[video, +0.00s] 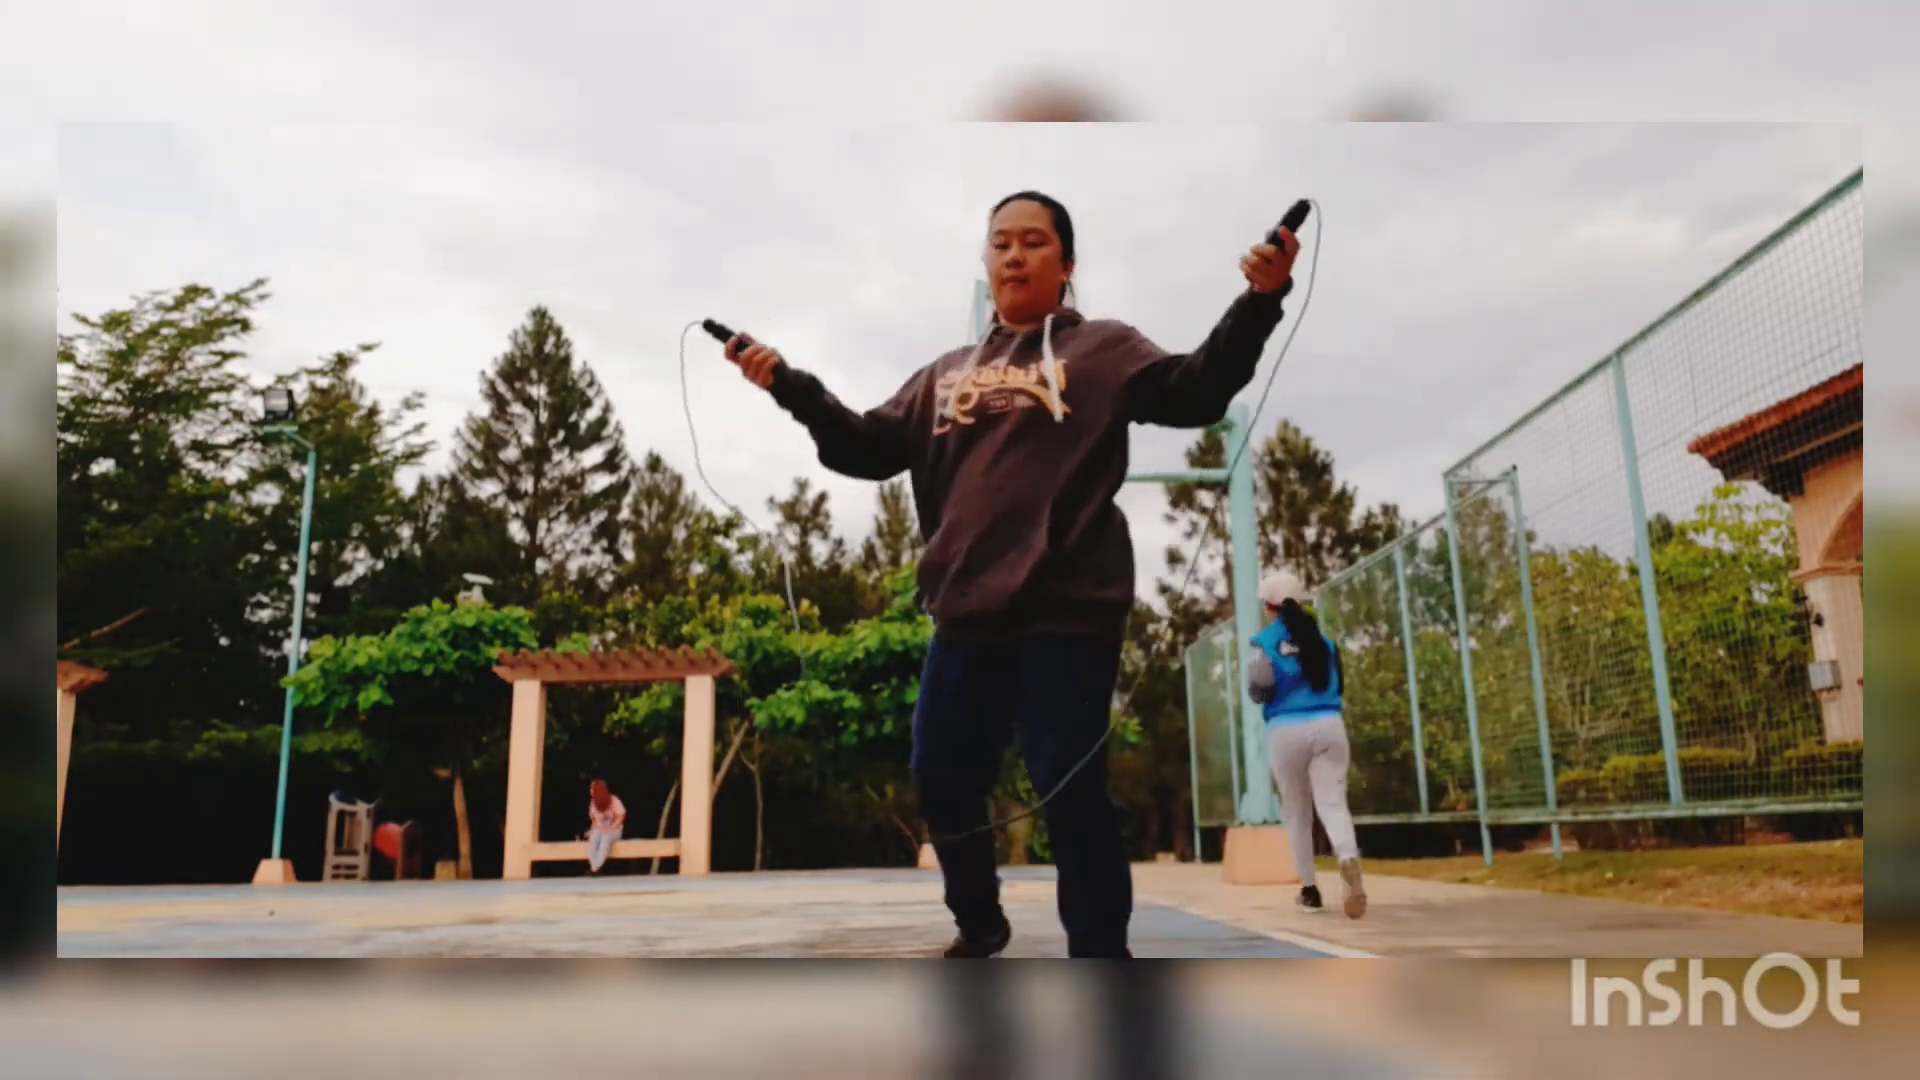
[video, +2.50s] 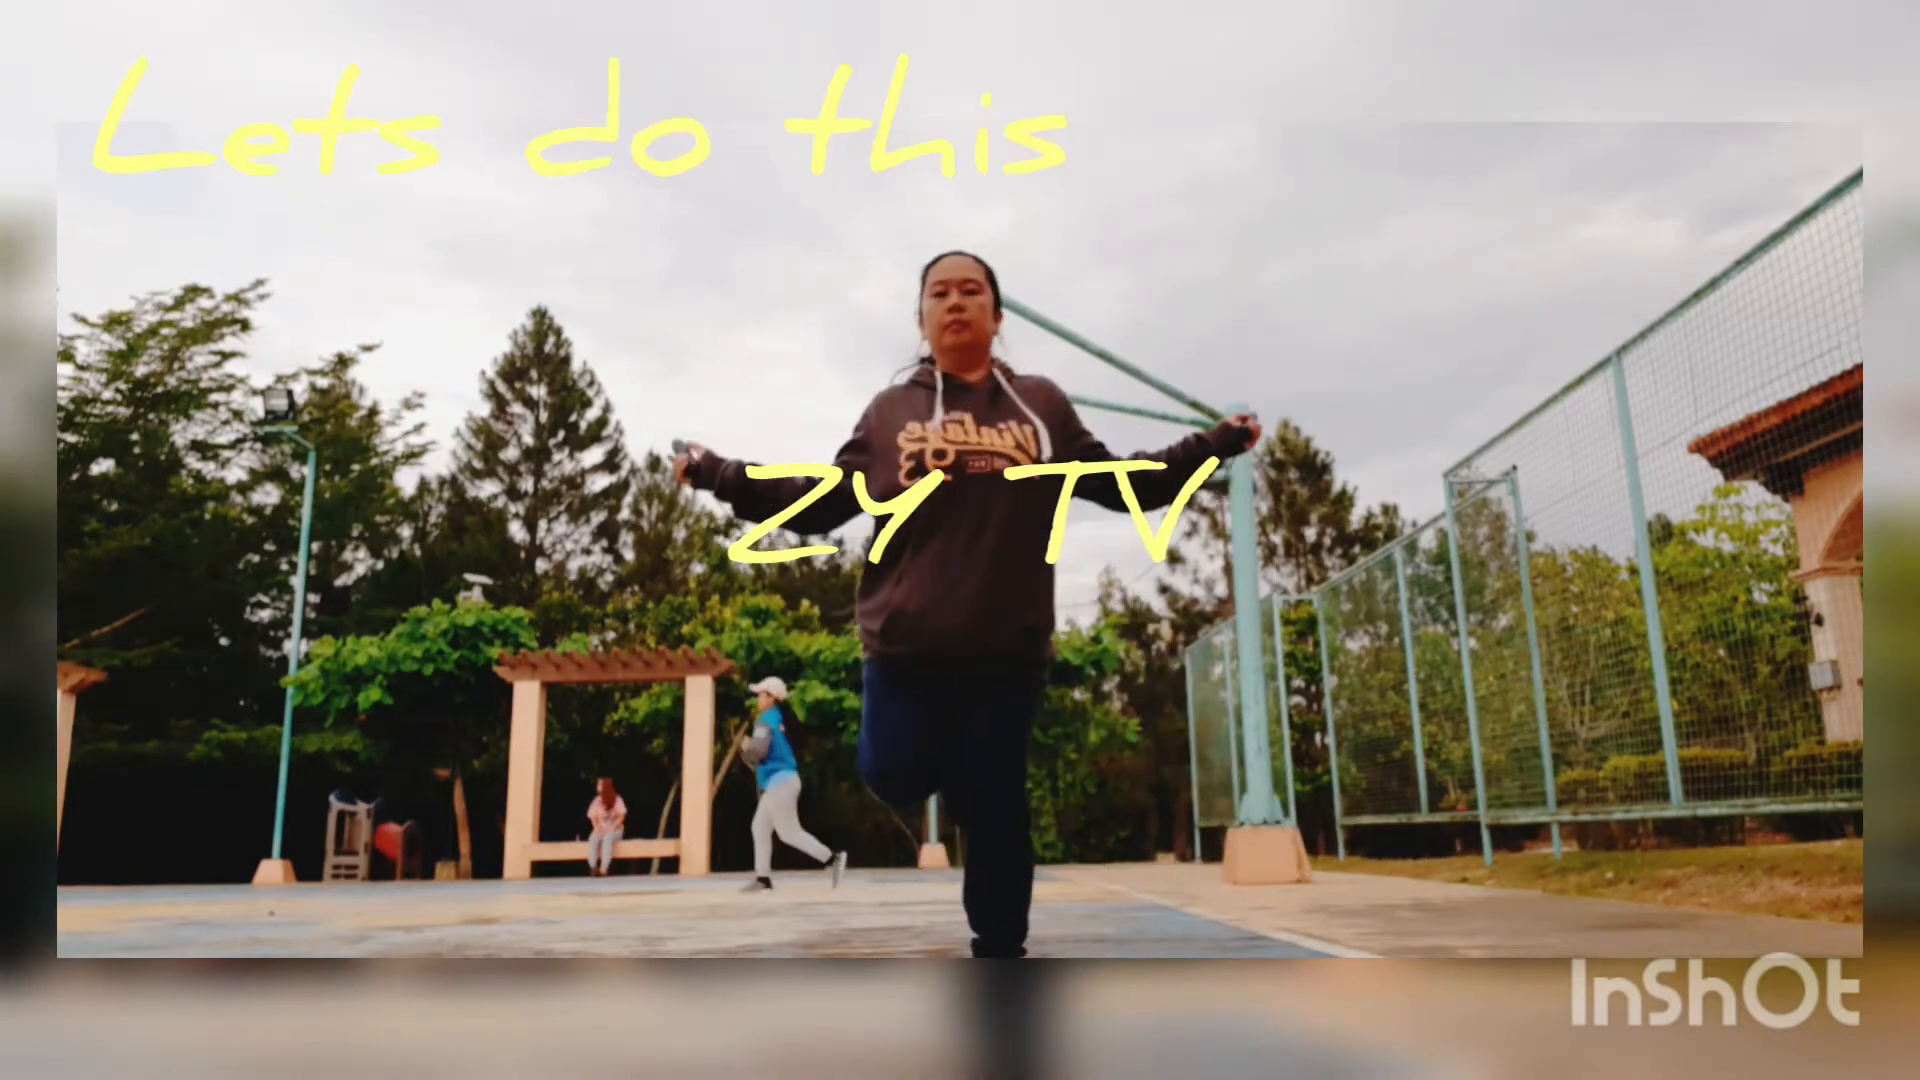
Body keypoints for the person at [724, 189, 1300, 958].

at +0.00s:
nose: (1014, 254)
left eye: (1034, 241)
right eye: (1001, 243)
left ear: (1067, 263)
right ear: (986, 264)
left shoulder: (1102, 349)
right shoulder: (946, 376)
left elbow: (1196, 393)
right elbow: (869, 448)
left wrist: (1259, 299)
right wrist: (786, 384)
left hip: (1073, 603)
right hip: (969, 607)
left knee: (1069, 779)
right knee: (942, 773)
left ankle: (1101, 954)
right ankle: (980, 929)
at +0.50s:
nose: (978, 310)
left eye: (987, 300)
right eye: (961, 295)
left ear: (994, 317)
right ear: (917, 312)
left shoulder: (1018, 404)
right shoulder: (869, 408)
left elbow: (1079, 499)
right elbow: (819, 508)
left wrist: (1176, 475)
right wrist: (727, 486)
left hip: (999, 640)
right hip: (903, 647)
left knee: (1004, 795)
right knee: (914, 813)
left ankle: (1031, 955)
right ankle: (922, 957)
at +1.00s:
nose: (1003, 316)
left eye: (1005, 305)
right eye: (985, 303)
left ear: (1006, 324)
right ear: (939, 321)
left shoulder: (1039, 408)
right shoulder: (895, 410)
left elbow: (1112, 470)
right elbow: (834, 480)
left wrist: (1198, 483)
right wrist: (787, 491)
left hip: (1022, 641)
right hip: (926, 644)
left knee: (1021, 806)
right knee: (926, 804)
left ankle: (1018, 952)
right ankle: (925, 950)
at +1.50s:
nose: (988, 326)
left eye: (1001, 314)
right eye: (972, 315)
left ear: (1022, 331)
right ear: (948, 333)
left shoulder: (1061, 416)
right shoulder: (915, 411)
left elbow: (1147, 448)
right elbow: (848, 446)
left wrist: (1200, 391)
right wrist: (807, 386)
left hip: (1039, 647)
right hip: (944, 647)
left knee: (1030, 812)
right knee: (939, 802)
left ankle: (1019, 952)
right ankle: (929, 949)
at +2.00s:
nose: (953, 350)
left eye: (967, 338)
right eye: (939, 337)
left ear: (990, 355)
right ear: (917, 353)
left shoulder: (1026, 445)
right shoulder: (883, 450)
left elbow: (1084, 539)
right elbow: (831, 545)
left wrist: (1164, 586)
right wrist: (772, 595)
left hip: (1020, 654)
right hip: (925, 662)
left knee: (1035, 739)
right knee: (932, 810)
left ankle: (1017, 921)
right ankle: (939, 952)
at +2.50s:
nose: (956, 304)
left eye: (972, 293)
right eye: (941, 295)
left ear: (997, 319)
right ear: (922, 320)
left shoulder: (1040, 403)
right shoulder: (892, 408)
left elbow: (1118, 482)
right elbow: (827, 497)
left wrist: (1210, 448)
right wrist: (727, 478)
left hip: (1003, 642)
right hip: (905, 643)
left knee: (996, 809)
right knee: (895, 778)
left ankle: (1001, 956)